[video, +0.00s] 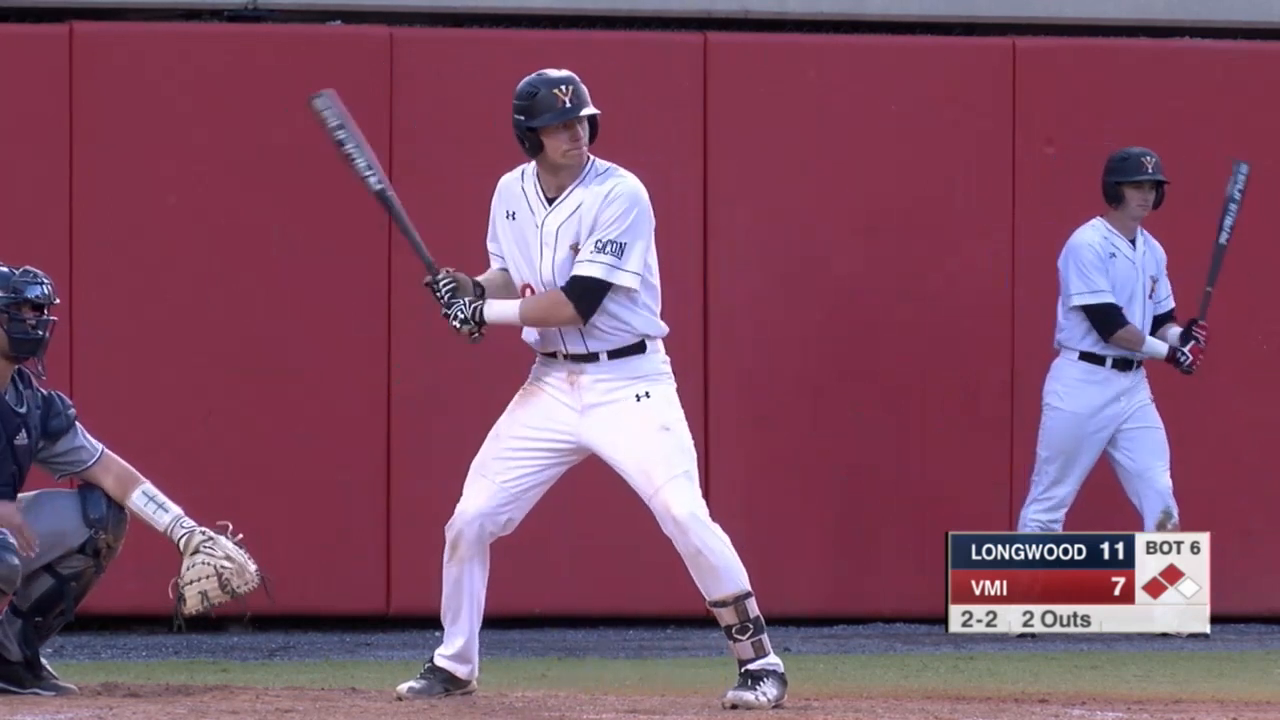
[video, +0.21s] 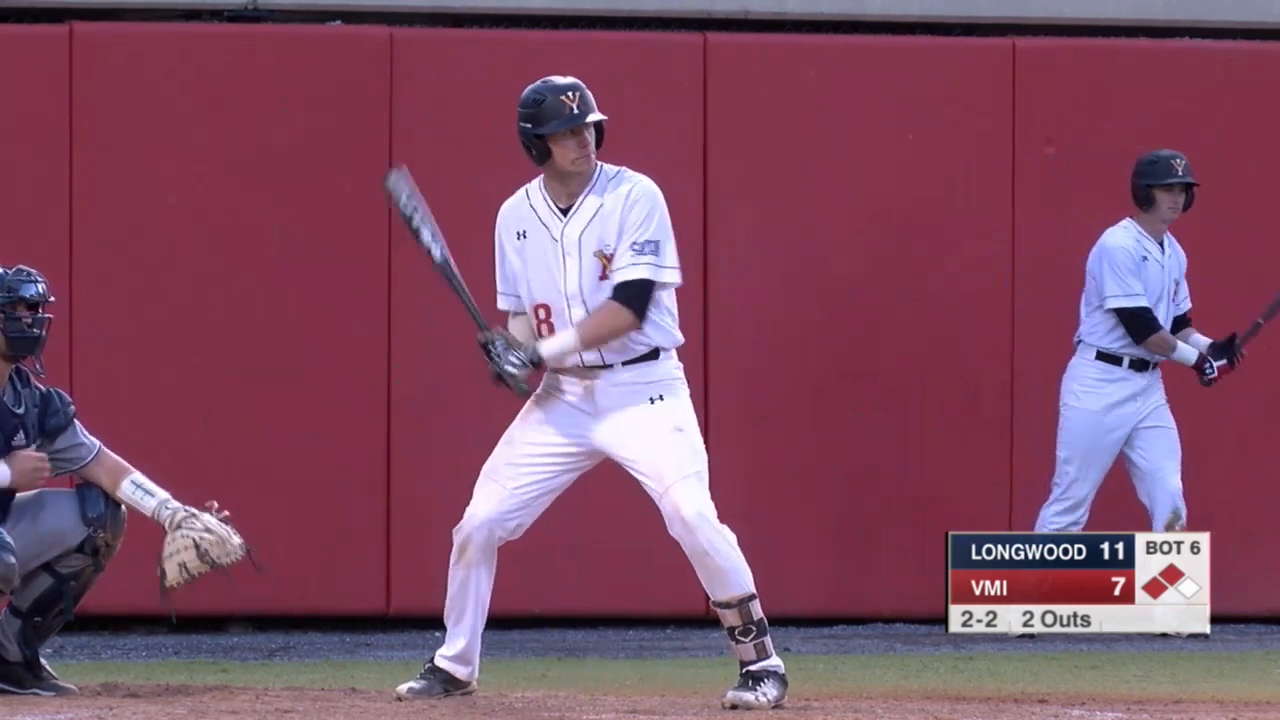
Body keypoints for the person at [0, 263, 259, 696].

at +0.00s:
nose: (31, 322)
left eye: (36, 312)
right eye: (18, 312)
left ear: (44, 318)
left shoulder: (34, 404)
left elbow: (110, 472)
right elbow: (8, 513)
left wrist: (186, 532)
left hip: (3, 526)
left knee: (98, 515)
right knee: (5, 559)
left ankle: (13, 652)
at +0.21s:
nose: (30, 319)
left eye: (34, 310)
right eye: (17, 309)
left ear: (39, 316)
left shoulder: (36, 402)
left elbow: (99, 463)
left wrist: (172, 512)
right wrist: (6, 474)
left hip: (4, 531)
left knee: (98, 515)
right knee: (5, 561)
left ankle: (12, 651)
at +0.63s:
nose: (31, 324)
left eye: (35, 315)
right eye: (18, 315)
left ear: (42, 321)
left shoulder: (32, 392)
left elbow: (67, 451)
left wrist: (120, 476)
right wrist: (35, 512)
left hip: (7, 522)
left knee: (92, 512)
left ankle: (14, 652)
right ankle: (11, 652)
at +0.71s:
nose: (32, 330)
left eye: (36, 320)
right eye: (19, 320)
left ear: (43, 326)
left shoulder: (34, 395)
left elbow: (72, 449)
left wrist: (117, 478)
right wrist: (33, 510)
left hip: (8, 525)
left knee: (90, 511)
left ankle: (15, 650)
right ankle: (12, 652)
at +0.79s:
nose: (34, 334)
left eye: (38, 324)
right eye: (22, 324)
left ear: (46, 329)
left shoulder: (34, 396)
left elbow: (72, 450)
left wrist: (115, 482)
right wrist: (31, 506)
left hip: (9, 521)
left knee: (88, 514)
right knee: (73, 518)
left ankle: (15, 650)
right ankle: (12, 651)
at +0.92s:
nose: (36, 336)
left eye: (41, 326)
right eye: (22, 325)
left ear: (50, 332)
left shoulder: (37, 396)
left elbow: (73, 449)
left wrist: (112, 484)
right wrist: (36, 504)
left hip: (9, 524)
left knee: (88, 517)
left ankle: (14, 652)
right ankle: (11, 652)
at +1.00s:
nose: (36, 336)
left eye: (41, 326)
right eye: (22, 326)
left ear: (50, 331)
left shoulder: (37, 397)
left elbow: (75, 450)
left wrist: (113, 485)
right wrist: (37, 505)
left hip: (10, 525)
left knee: (89, 518)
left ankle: (14, 651)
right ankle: (11, 652)